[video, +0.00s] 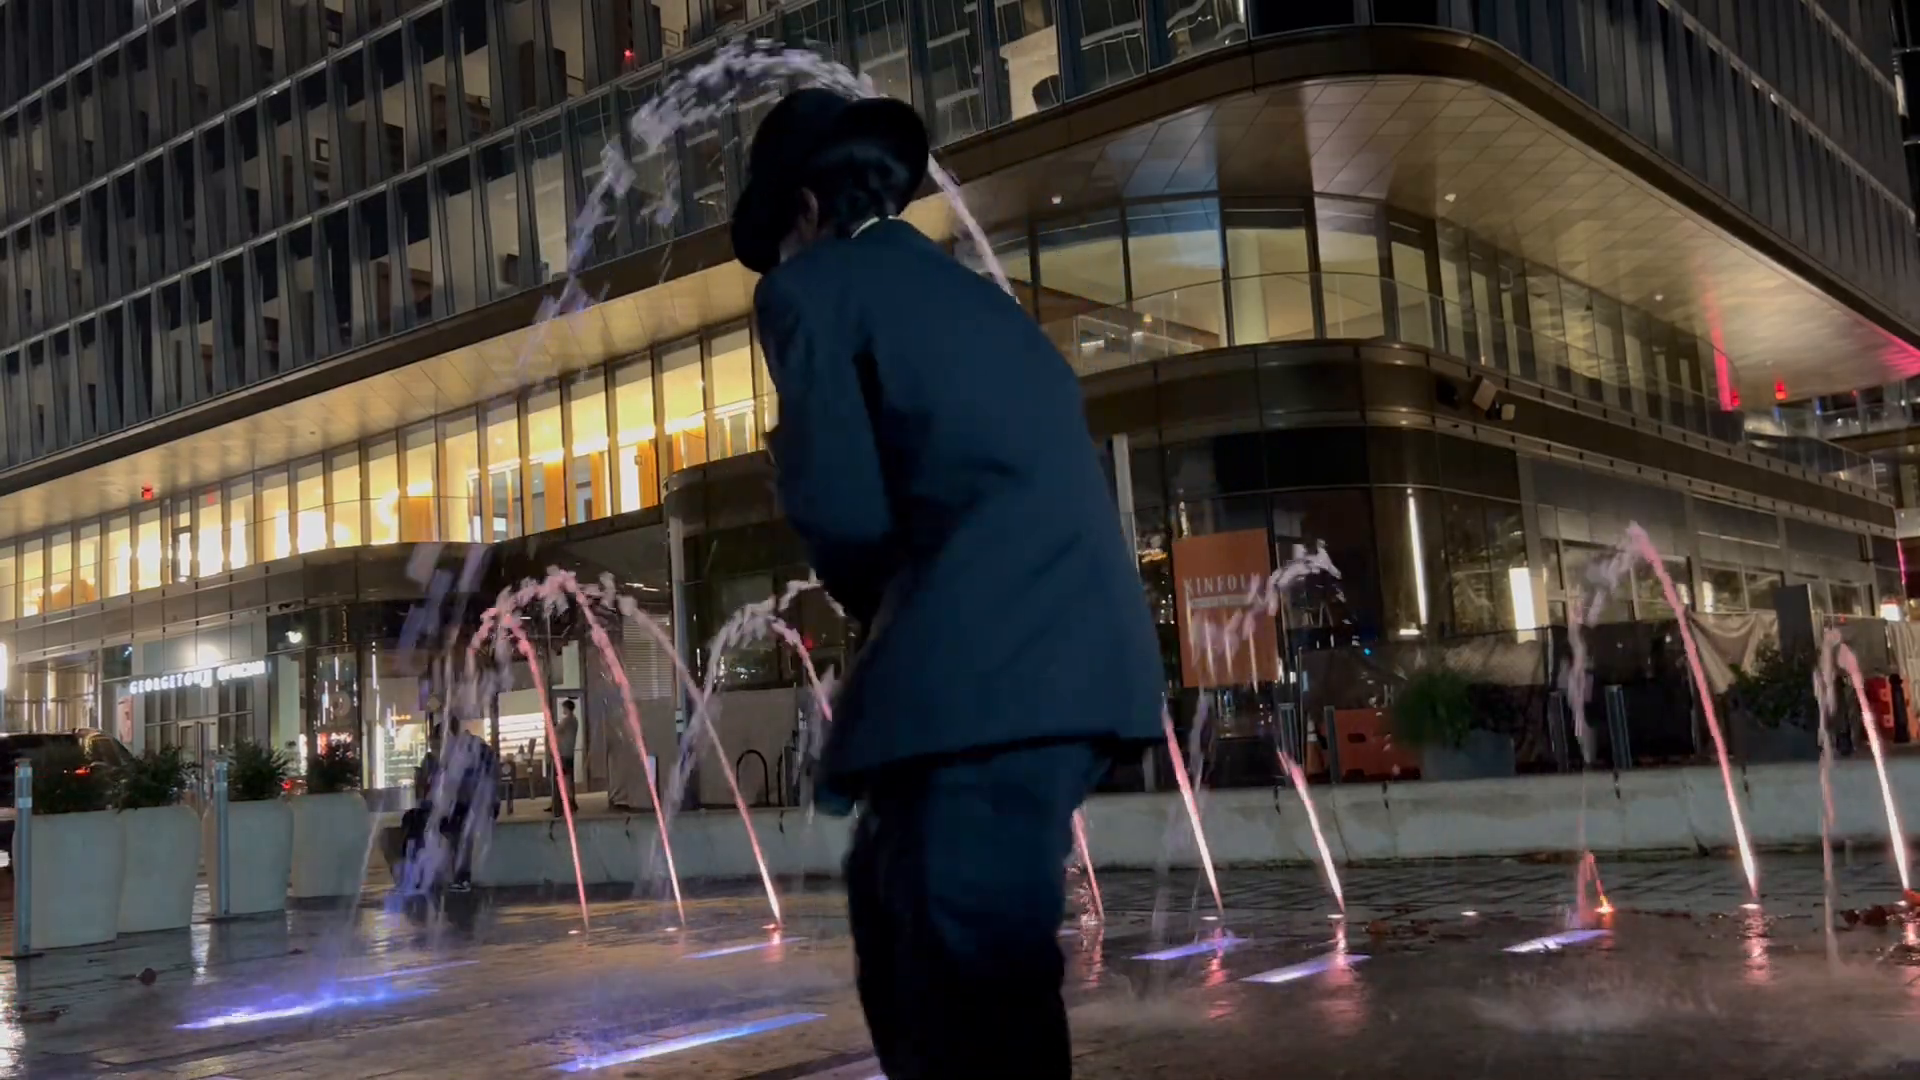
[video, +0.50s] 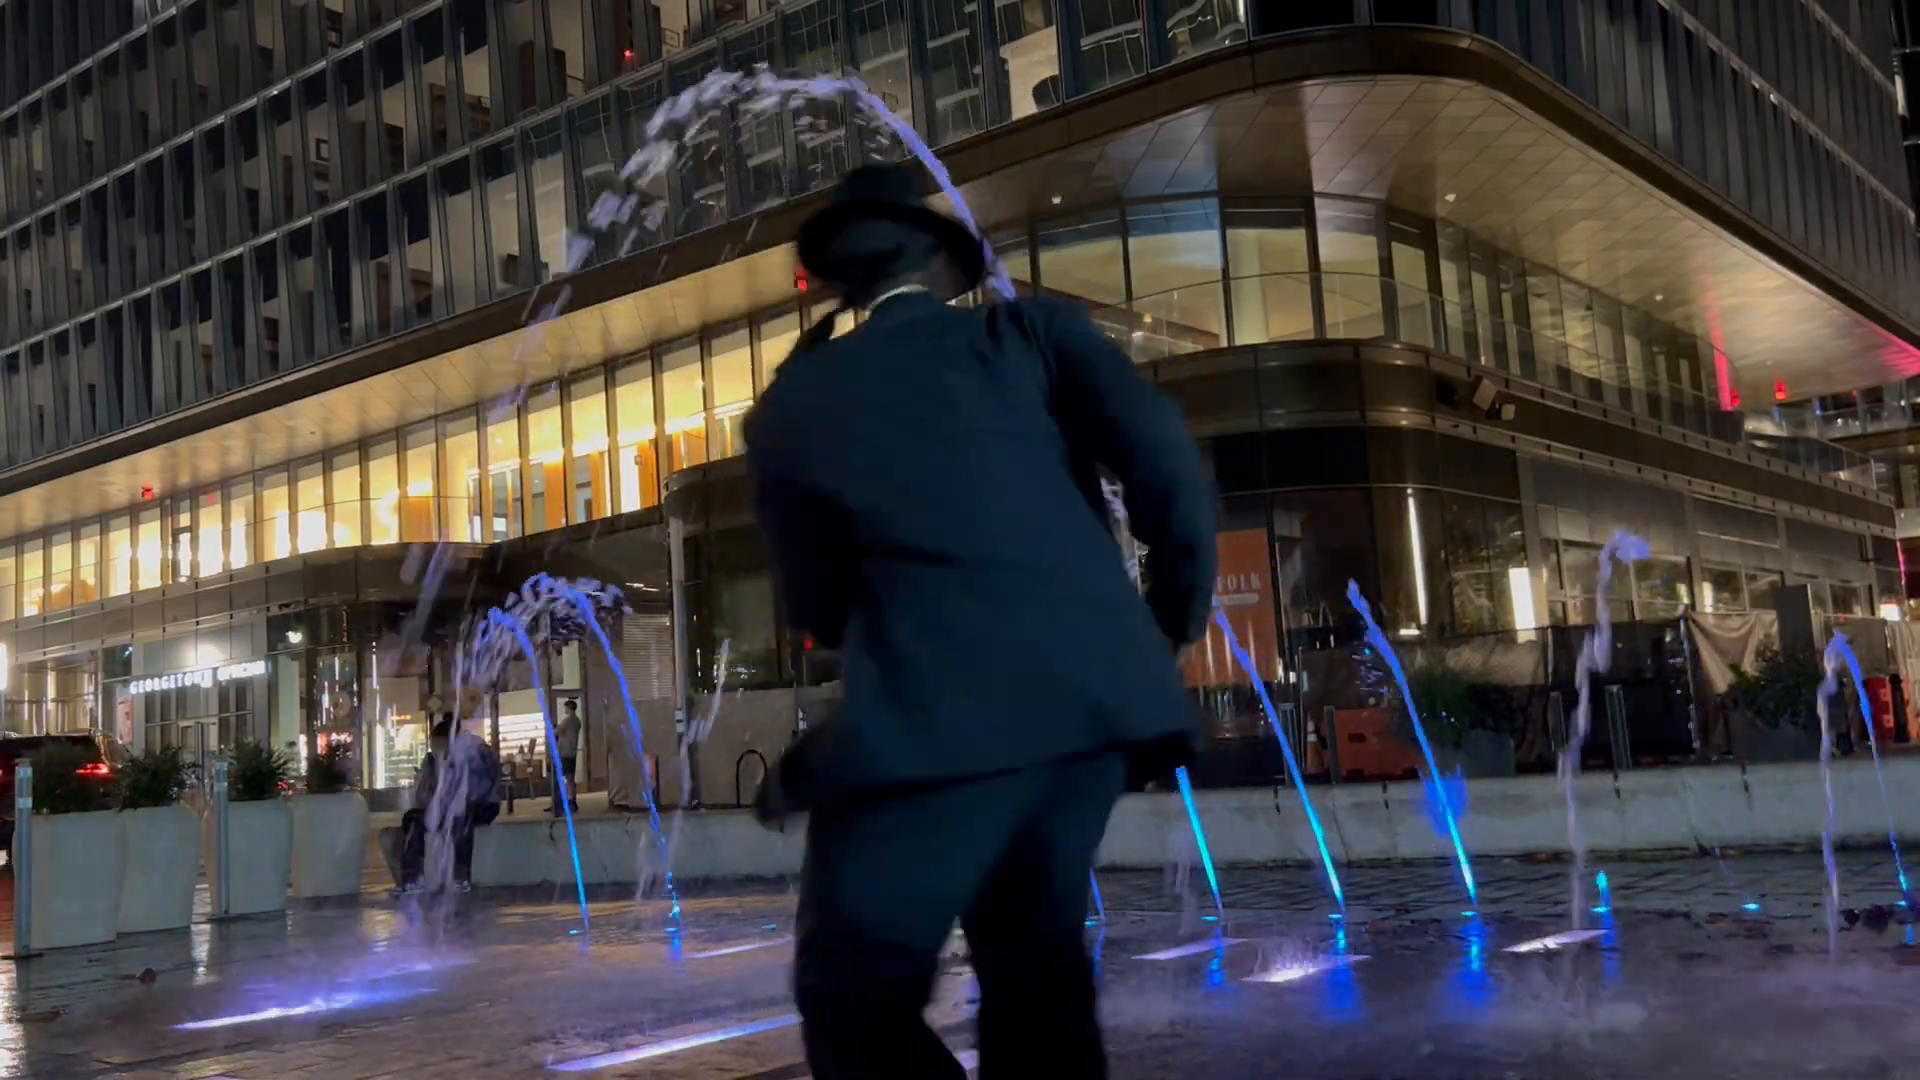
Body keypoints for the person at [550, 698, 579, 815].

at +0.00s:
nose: (562, 710)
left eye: (564, 708)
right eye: (563, 708)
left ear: (565, 708)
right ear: (572, 708)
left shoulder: (566, 720)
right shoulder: (574, 720)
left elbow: (557, 731)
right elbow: (562, 731)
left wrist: (551, 726)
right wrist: (556, 726)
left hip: (562, 754)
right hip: (569, 753)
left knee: (557, 779)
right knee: (569, 779)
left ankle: (556, 804)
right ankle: (571, 802)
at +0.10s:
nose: (563, 710)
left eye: (564, 708)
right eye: (564, 708)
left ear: (566, 708)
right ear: (573, 708)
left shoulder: (566, 721)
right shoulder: (575, 720)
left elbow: (557, 731)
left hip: (562, 754)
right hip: (570, 753)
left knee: (558, 779)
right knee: (570, 779)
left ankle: (557, 804)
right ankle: (572, 802)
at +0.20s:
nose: (564, 710)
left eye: (565, 708)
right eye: (565, 708)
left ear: (567, 708)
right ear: (574, 708)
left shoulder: (566, 720)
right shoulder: (576, 721)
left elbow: (558, 730)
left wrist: (553, 725)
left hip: (562, 754)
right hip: (570, 754)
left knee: (558, 780)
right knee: (570, 779)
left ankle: (557, 803)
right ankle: (572, 802)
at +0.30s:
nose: (564, 710)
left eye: (566, 708)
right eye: (565, 708)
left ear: (568, 708)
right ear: (573, 708)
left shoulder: (568, 720)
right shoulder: (575, 720)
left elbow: (559, 730)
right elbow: (563, 730)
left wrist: (551, 730)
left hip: (564, 754)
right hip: (570, 753)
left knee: (562, 779)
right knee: (570, 779)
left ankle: (558, 803)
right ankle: (572, 802)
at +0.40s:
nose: (565, 710)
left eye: (566, 708)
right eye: (565, 708)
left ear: (569, 709)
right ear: (574, 708)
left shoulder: (567, 721)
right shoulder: (576, 721)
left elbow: (557, 731)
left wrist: (551, 732)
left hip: (563, 753)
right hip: (571, 753)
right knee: (570, 779)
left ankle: (558, 803)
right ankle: (572, 801)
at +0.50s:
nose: (564, 710)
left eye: (566, 708)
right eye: (565, 708)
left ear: (568, 709)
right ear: (574, 709)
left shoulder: (566, 721)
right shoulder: (577, 721)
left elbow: (556, 731)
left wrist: (552, 730)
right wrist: (559, 729)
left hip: (564, 754)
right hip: (572, 753)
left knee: (563, 780)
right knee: (571, 779)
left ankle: (560, 803)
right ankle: (572, 801)